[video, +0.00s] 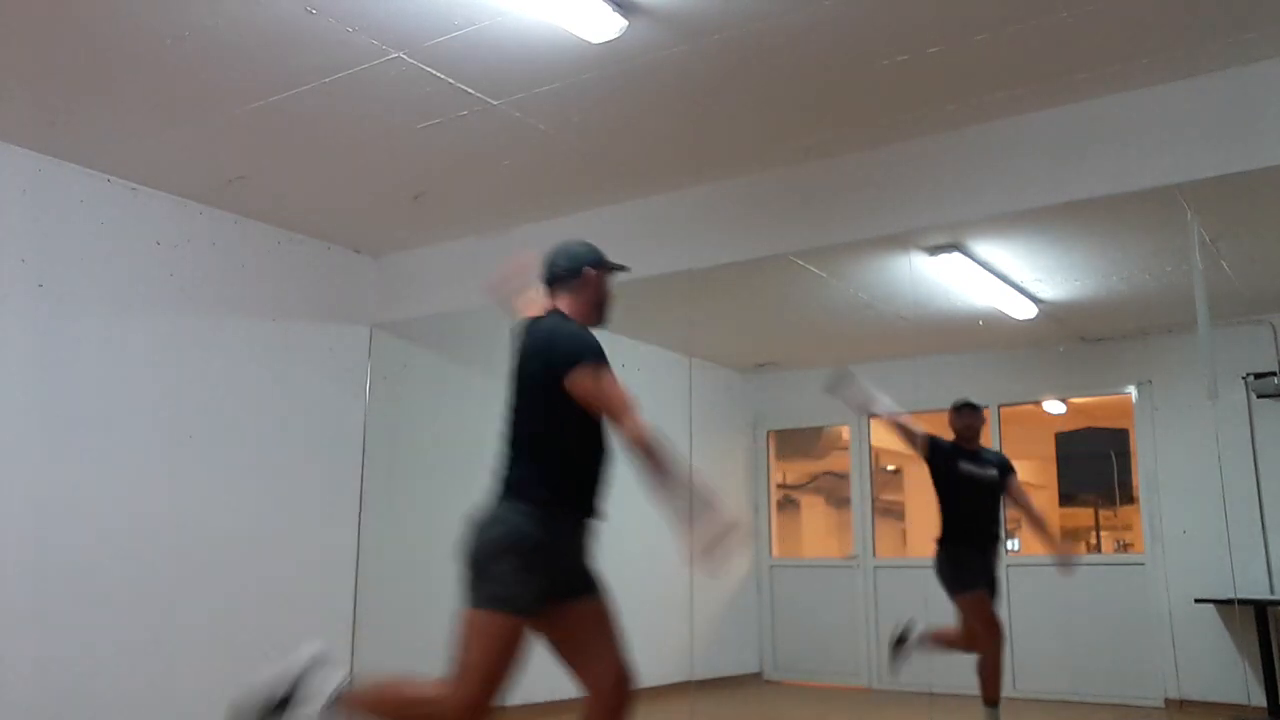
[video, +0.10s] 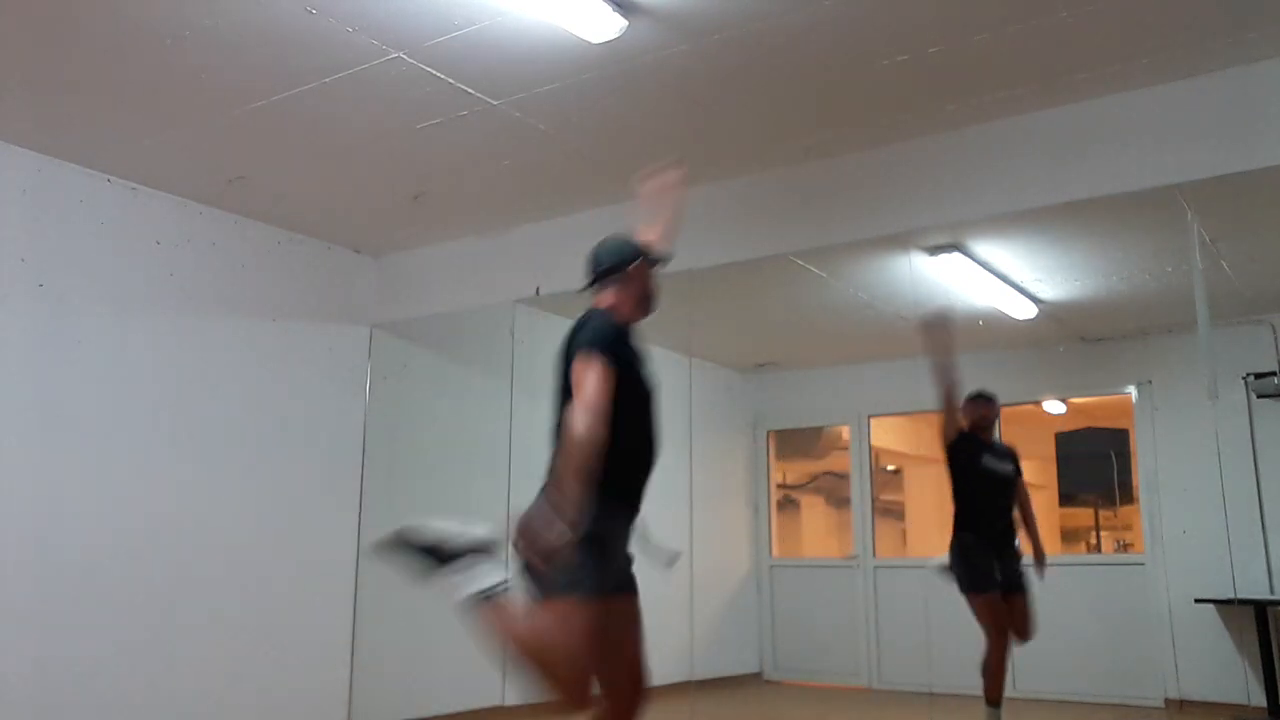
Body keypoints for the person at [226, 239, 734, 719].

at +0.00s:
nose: (609, 292)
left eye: (607, 282)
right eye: (603, 281)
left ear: (557, 286)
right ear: (583, 283)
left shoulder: (541, 328)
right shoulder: (569, 340)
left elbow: (527, 299)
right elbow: (636, 434)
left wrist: (524, 281)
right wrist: (689, 506)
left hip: (549, 548)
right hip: (520, 544)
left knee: (613, 689)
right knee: (464, 701)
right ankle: (329, 689)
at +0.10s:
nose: (653, 288)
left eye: (651, 276)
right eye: (645, 276)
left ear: (613, 280)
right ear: (621, 279)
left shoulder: (615, 334)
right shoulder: (598, 331)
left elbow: (642, 268)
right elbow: (585, 425)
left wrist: (658, 214)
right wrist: (560, 512)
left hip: (605, 536)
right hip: (578, 531)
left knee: (624, 695)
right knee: (572, 686)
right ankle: (473, 576)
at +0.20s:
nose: (695, 236)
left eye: (692, 227)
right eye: (686, 228)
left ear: (672, 233)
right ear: (662, 235)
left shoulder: (689, 280)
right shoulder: (633, 276)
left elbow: (754, 224)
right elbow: (581, 289)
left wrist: (803, 162)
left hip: (608, 473)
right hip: (620, 472)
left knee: (582, 635)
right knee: (696, 612)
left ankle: (543, 709)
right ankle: (555, 637)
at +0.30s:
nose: (722, 208)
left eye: (719, 199)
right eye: (712, 200)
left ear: (701, 212)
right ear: (684, 211)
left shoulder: (735, 274)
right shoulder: (665, 256)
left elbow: (820, 259)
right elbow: (615, 176)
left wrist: (906, 231)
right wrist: (567, 95)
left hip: (677, 454)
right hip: (664, 448)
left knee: (568, 591)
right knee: (763, 583)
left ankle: (424, 595)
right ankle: (773, 708)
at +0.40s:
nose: (749, 213)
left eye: (750, 207)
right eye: (738, 204)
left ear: (742, 225)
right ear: (710, 213)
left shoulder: (756, 299)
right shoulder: (707, 262)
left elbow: (821, 350)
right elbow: (707, 147)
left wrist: (895, 386)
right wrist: (711, 52)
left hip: (697, 465)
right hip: (706, 468)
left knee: (612, 589)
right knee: (805, 617)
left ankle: (550, 468)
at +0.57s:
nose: (847, 287)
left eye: (843, 278)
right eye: (841, 278)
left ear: (795, 286)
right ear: (828, 278)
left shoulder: (798, 329)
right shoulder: (815, 324)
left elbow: (849, 313)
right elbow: (860, 310)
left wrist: (889, 303)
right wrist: (899, 300)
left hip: (764, 534)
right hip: (760, 539)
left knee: (846, 659)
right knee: (837, 696)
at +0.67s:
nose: (917, 350)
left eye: (920, 339)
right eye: (917, 336)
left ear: (871, 326)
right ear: (900, 325)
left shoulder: (827, 373)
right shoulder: (880, 357)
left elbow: (749, 460)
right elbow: (946, 416)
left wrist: (751, 548)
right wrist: (999, 453)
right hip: (796, 567)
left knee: (911, 666)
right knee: (872, 705)